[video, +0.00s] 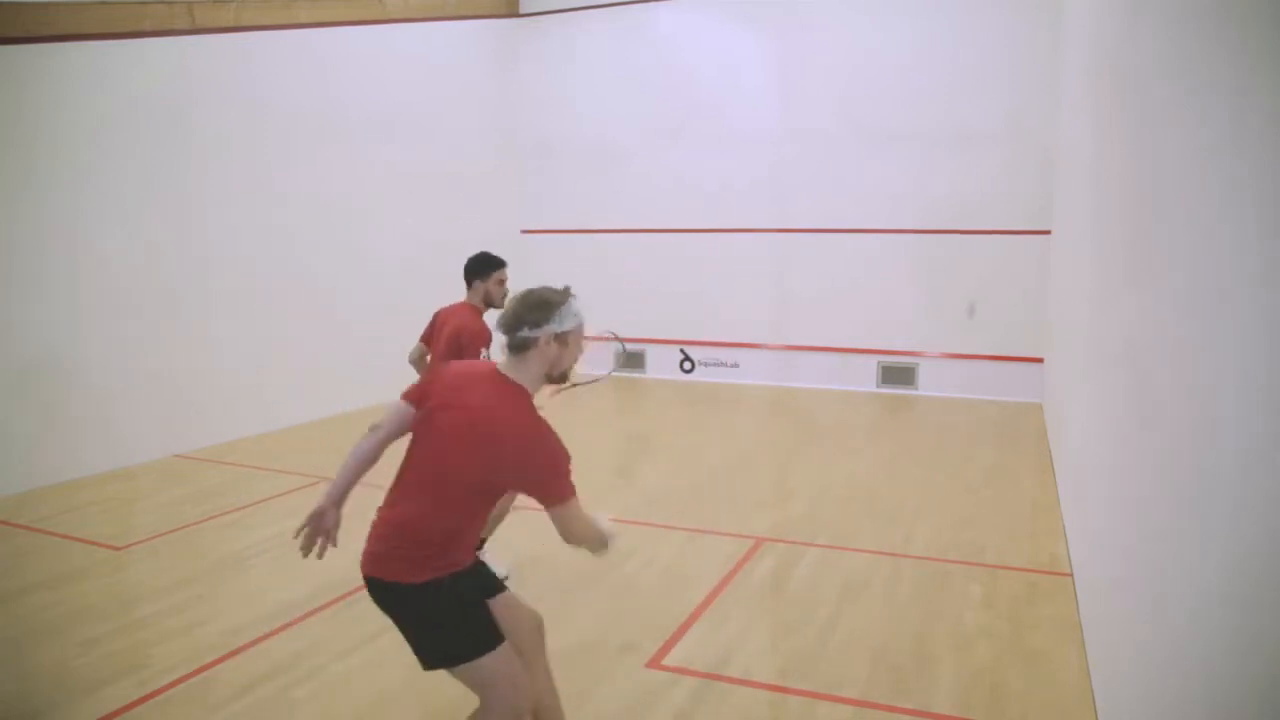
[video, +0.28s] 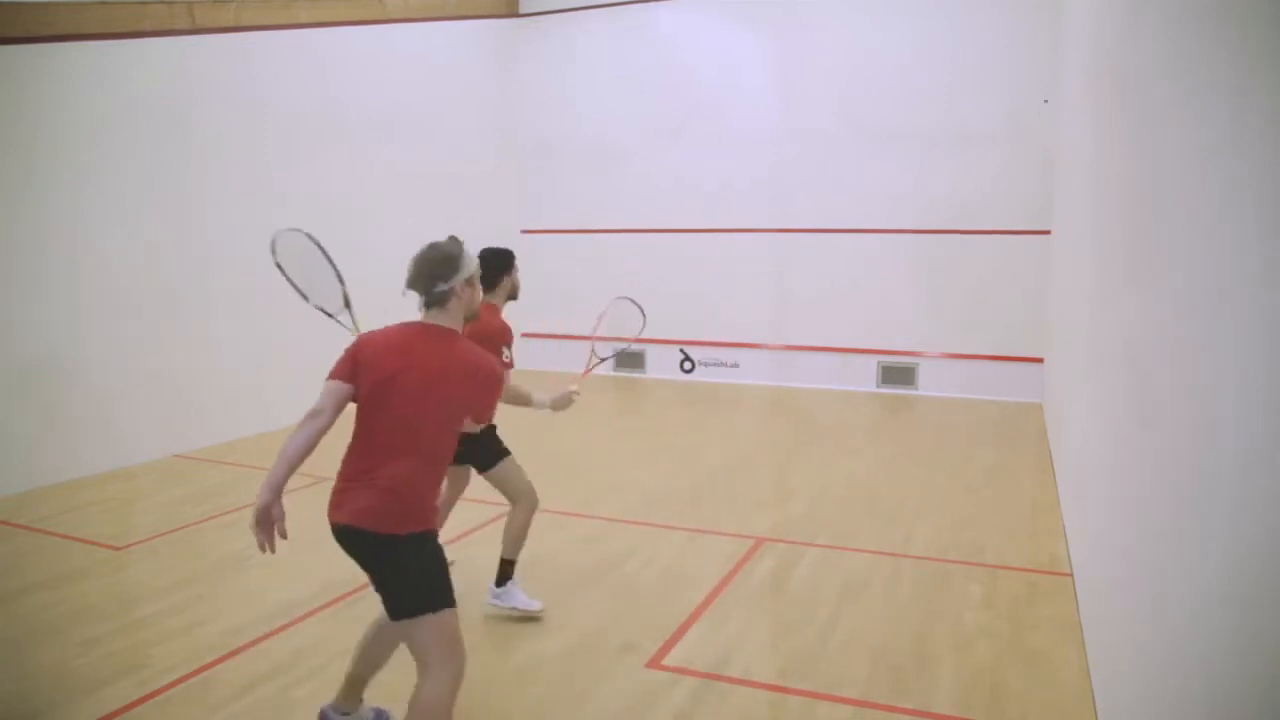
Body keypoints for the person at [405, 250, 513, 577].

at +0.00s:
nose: (506, 289)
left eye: (506, 282)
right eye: (501, 282)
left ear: (472, 284)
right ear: (481, 283)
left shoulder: (445, 313)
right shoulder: (474, 328)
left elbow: (415, 356)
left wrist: (438, 390)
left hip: (441, 421)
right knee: (507, 491)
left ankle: (466, 550)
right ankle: (467, 553)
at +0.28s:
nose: (519, 279)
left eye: (516, 272)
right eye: (515, 273)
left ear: (488, 280)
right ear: (504, 279)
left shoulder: (465, 320)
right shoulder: (495, 328)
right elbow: (499, 389)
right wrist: (548, 401)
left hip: (452, 428)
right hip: (476, 432)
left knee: (452, 490)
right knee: (525, 498)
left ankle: (415, 553)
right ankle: (502, 586)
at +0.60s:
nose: (568, 256)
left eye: (565, 249)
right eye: (564, 250)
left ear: (532, 258)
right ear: (553, 256)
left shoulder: (510, 297)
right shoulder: (535, 304)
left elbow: (488, 351)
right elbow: (531, 372)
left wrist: (528, 376)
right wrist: (579, 397)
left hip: (502, 411)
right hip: (508, 415)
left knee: (535, 503)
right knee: (536, 509)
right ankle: (512, 609)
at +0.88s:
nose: (602, 276)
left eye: (599, 268)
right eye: (597, 268)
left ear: (572, 275)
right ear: (578, 275)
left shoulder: (571, 323)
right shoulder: (538, 329)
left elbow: (565, 387)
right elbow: (524, 402)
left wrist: (602, 414)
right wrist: (573, 431)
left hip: (571, 451)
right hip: (537, 457)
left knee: (584, 530)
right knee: (563, 557)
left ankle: (548, 577)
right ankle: (563, 661)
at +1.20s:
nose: (656, 295)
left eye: (658, 284)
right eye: (653, 283)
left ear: (626, 281)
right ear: (624, 279)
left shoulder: (627, 333)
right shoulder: (562, 332)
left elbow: (626, 389)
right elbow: (518, 402)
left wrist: (677, 416)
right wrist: (566, 423)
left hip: (621, 485)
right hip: (568, 489)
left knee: (650, 590)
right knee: (576, 594)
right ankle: (566, 662)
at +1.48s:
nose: (691, 351)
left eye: (693, 340)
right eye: (688, 339)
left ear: (659, 337)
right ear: (655, 336)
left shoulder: (664, 379)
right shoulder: (574, 371)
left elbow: (680, 399)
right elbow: (483, 408)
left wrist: (719, 416)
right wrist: (503, 365)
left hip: (646, 524)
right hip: (585, 531)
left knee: (702, 632)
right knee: (605, 661)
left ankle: (688, 716)